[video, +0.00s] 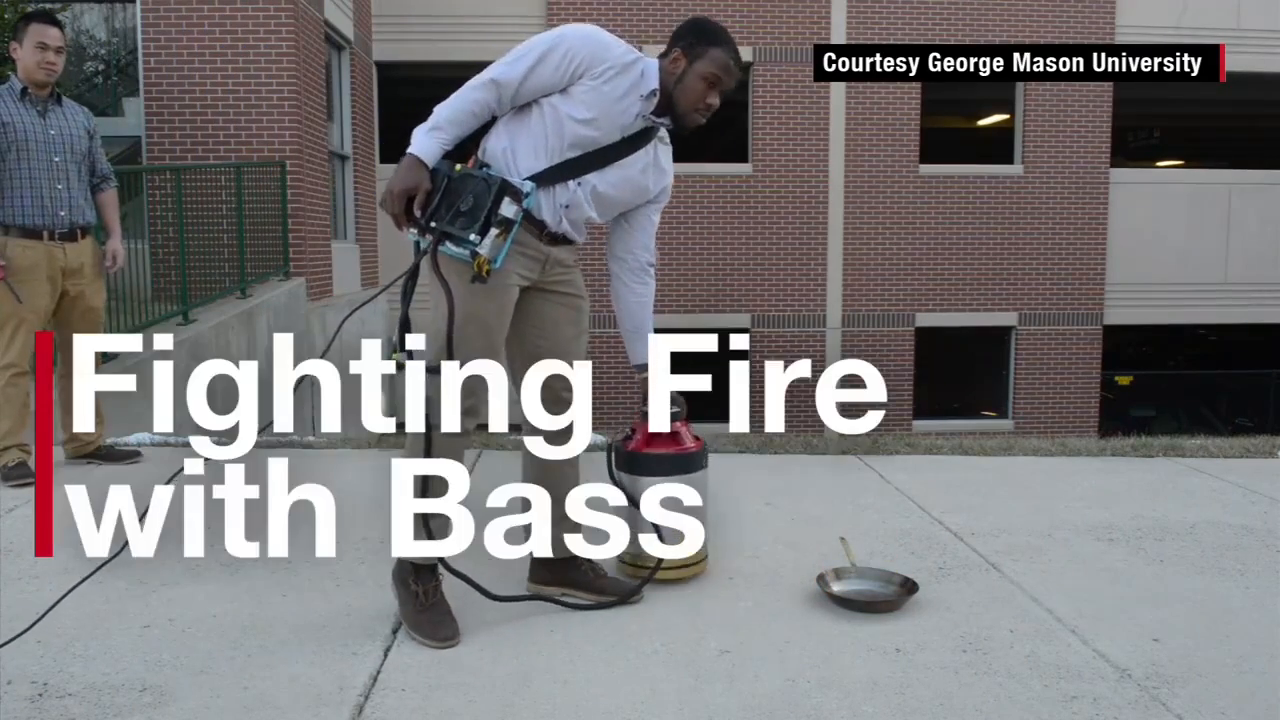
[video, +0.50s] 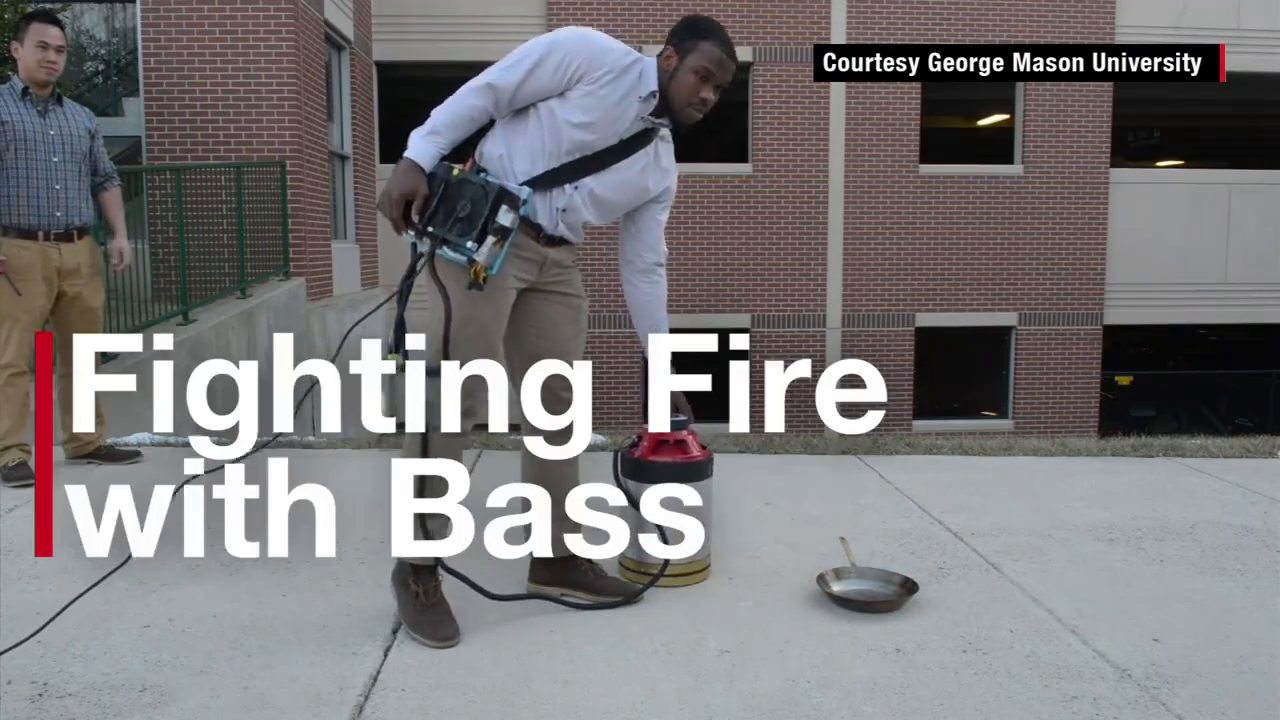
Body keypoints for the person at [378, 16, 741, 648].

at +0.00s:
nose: (713, 105)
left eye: (724, 98)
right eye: (710, 85)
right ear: (674, 59)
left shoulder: (655, 171)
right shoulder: (593, 52)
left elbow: (635, 271)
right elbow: (491, 89)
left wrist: (651, 369)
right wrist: (418, 158)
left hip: (556, 258)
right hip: (484, 231)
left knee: (558, 411)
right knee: (465, 408)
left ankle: (555, 557)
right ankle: (419, 565)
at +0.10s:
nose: (715, 106)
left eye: (725, 99)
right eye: (711, 86)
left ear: (724, 101)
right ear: (676, 61)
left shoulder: (656, 174)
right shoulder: (595, 53)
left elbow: (635, 275)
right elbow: (493, 90)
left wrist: (652, 374)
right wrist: (419, 156)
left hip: (556, 258)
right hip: (484, 230)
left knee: (558, 410)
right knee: (466, 407)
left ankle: (554, 556)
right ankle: (418, 565)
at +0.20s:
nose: (716, 109)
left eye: (728, 103)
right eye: (712, 90)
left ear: (728, 106)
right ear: (677, 66)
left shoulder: (658, 178)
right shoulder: (598, 57)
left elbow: (636, 277)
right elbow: (496, 90)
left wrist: (651, 375)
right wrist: (419, 156)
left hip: (556, 259)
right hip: (483, 229)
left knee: (557, 410)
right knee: (464, 404)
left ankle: (555, 555)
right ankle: (417, 565)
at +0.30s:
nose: (716, 111)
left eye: (727, 105)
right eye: (712, 91)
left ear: (728, 108)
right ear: (678, 67)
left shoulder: (659, 179)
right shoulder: (599, 58)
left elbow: (639, 280)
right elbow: (495, 92)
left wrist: (656, 379)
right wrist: (419, 156)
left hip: (555, 259)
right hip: (481, 230)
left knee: (557, 410)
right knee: (461, 405)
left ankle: (555, 555)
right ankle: (417, 566)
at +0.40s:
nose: (714, 106)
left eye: (726, 99)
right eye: (709, 86)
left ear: (727, 101)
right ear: (673, 64)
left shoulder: (659, 177)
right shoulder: (596, 58)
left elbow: (645, 277)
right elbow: (492, 92)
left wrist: (664, 380)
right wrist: (417, 158)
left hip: (555, 260)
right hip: (481, 231)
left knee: (558, 411)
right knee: (462, 408)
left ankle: (555, 556)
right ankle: (417, 566)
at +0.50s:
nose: (710, 98)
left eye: (721, 89)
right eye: (703, 78)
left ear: (722, 90)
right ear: (668, 56)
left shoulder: (658, 171)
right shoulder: (592, 55)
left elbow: (646, 272)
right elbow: (488, 93)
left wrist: (664, 376)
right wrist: (415, 161)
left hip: (554, 260)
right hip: (480, 234)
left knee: (557, 411)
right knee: (460, 410)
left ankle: (554, 557)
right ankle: (418, 567)